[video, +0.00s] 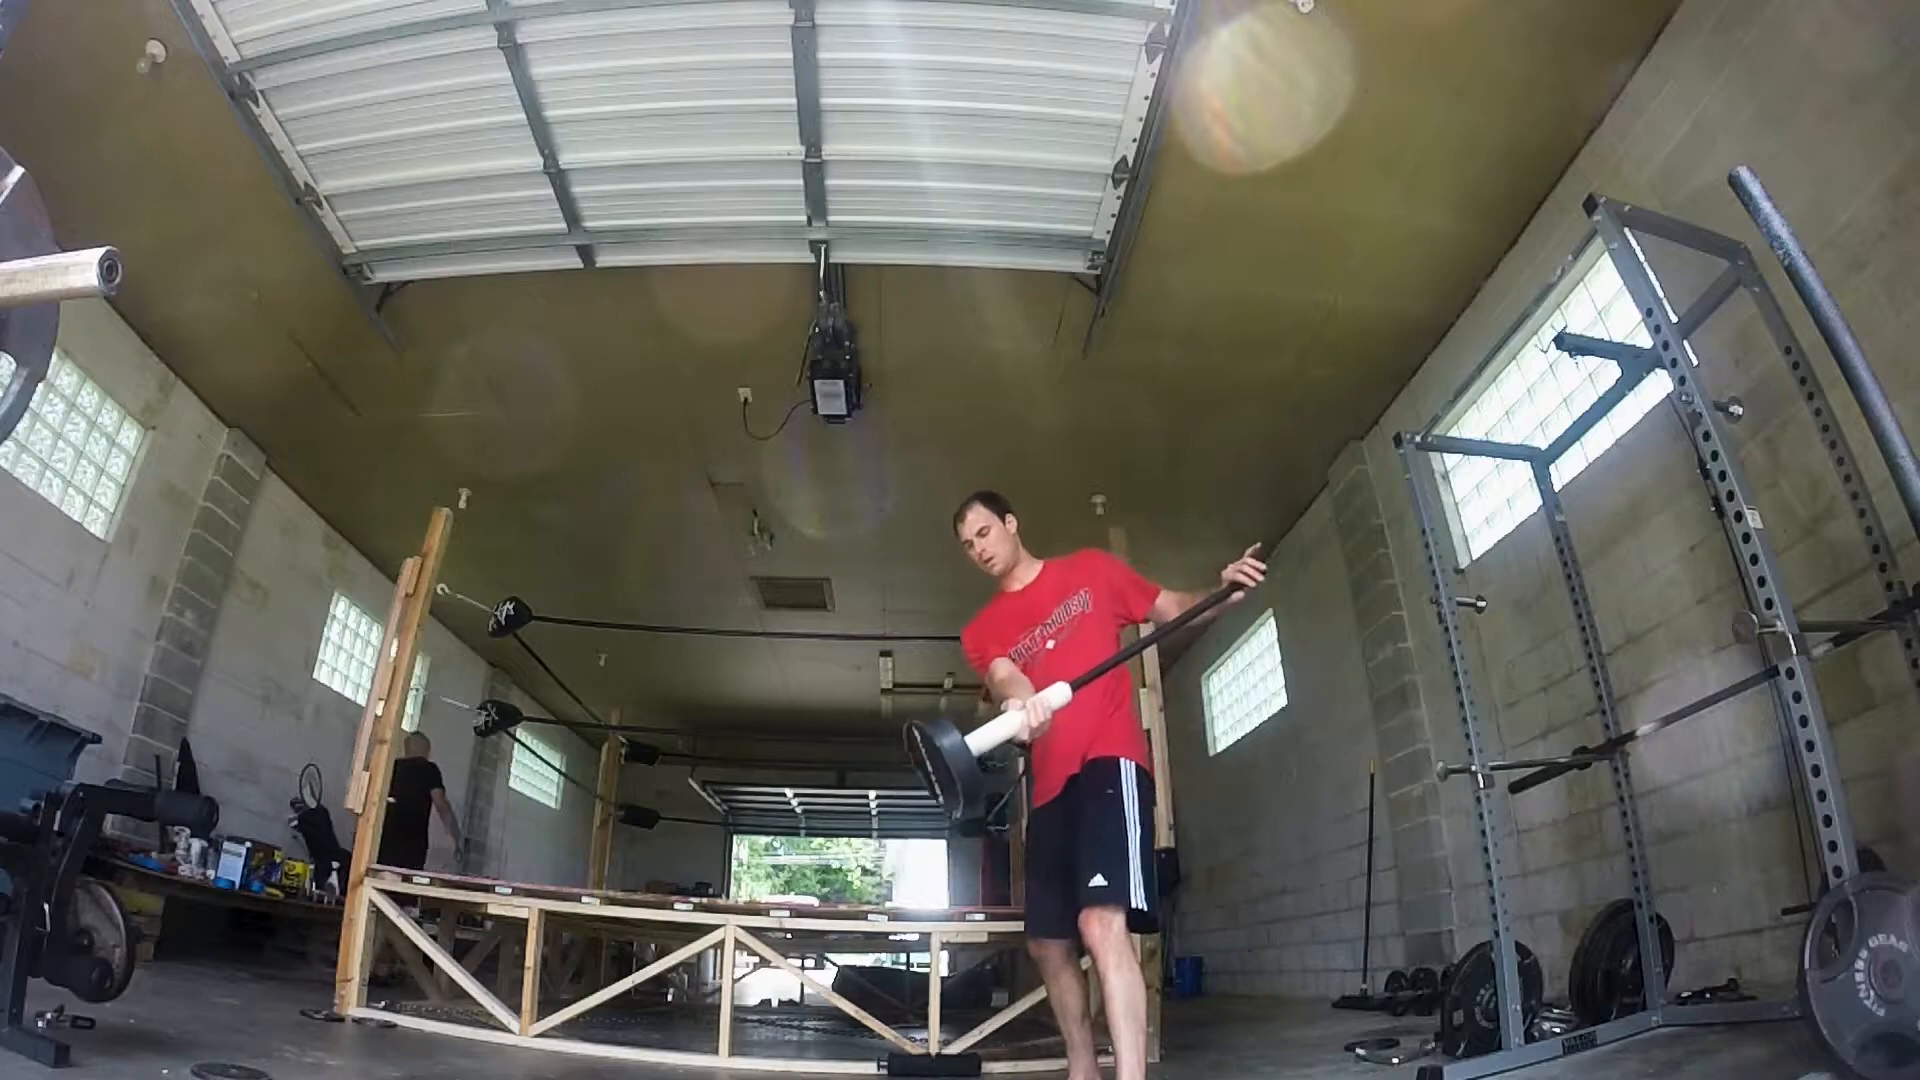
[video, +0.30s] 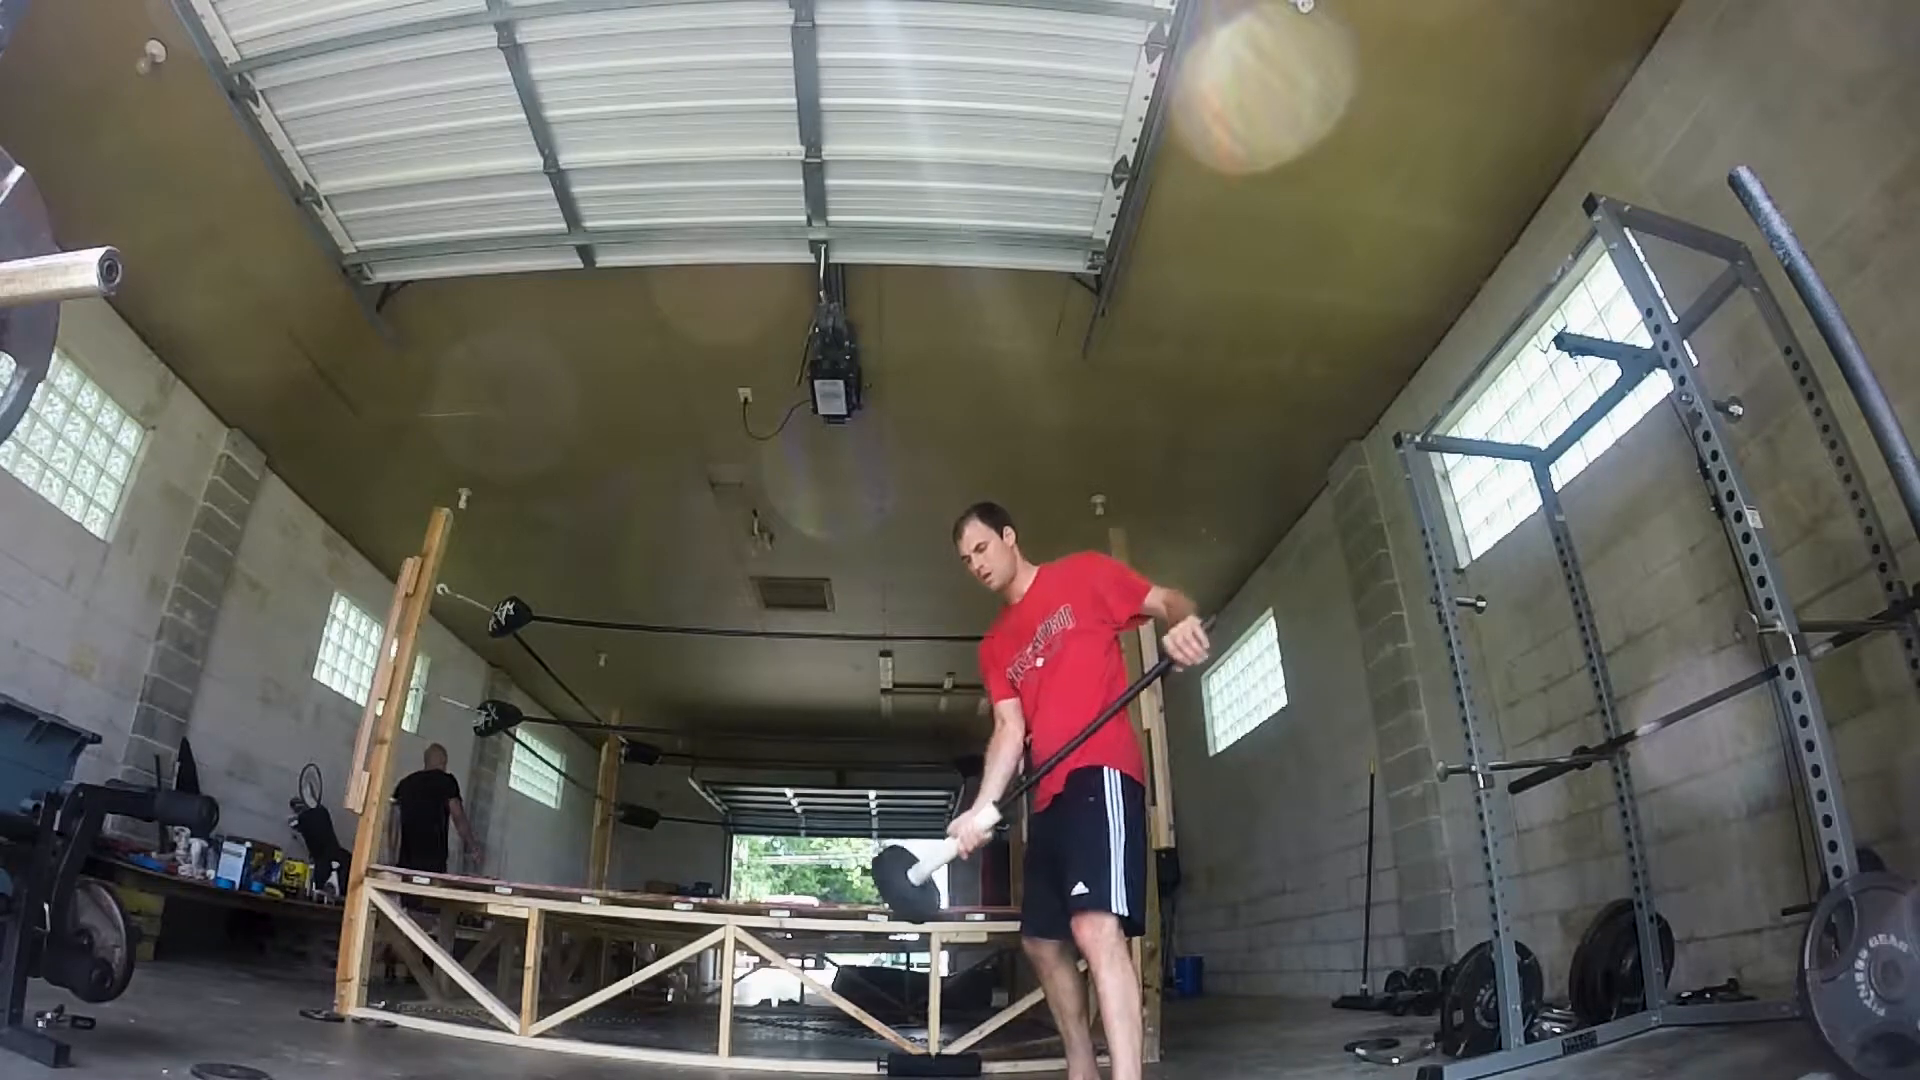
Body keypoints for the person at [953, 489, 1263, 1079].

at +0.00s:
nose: (978, 548)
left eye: (983, 532)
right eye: (968, 543)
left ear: (1011, 524)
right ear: (967, 553)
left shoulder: (1090, 569)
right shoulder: (982, 628)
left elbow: (1175, 609)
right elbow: (1001, 679)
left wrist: (1224, 589)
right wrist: (1024, 699)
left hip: (1110, 757)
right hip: (1049, 779)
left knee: (1101, 923)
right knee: (1046, 942)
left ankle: (1132, 1075)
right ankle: (1084, 1072)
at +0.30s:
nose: (975, 564)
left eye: (981, 548)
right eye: (966, 559)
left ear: (1010, 536)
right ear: (967, 567)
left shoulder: (1081, 572)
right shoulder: (996, 645)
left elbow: (1166, 601)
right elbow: (1009, 727)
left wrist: (1181, 621)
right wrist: (983, 806)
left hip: (1102, 768)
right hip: (1049, 790)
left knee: (1096, 926)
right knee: (1042, 940)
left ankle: (1127, 1074)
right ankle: (1082, 1071)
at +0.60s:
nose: (968, 570)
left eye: (974, 554)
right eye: (961, 563)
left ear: (1003, 542)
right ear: (961, 566)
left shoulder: (1033, 579)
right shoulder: (1045, 589)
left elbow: (1037, 667)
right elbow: (1073, 699)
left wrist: (977, 767)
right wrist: (1027, 769)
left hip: (1083, 765)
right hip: (1073, 769)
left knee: (1066, 929)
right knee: (1064, 931)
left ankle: (1119, 1074)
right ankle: (1086, 1071)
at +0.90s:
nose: (958, 576)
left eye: (961, 561)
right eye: (953, 567)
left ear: (993, 545)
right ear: (998, 552)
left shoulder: (988, 597)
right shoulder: (1075, 594)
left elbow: (939, 693)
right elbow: (1101, 676)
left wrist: (921, 726)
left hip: (1048, 777)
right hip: (1091, 782)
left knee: (1037, 931)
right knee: (1061, 936)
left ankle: (1109, 1073)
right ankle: (1085, 1070)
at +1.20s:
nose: (951, 581)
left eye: (950, 567)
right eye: (946, 570)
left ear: (978, 549)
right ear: (999, 549)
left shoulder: (965, 602)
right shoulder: (1070, 586)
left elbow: (945, 662)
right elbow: (1113, 608)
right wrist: (1114, 533)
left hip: (1035, 777)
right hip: (1088, 780)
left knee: (1028, 932)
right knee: (1066, 938)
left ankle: (1104, 1073)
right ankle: (1087, 1070)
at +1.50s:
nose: (947, 584)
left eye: (945, 574)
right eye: (942, 576)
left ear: (971, 555)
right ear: (992, 552)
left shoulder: (960, 609)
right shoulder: (1066, 585)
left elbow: (954, 656)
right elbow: (1111, 582)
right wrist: (1107, 506)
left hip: (1043, 775)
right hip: (1089, 774)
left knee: (1029, 932)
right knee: (1067, 940)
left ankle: (1104, 1073)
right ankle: (1090, 1071)